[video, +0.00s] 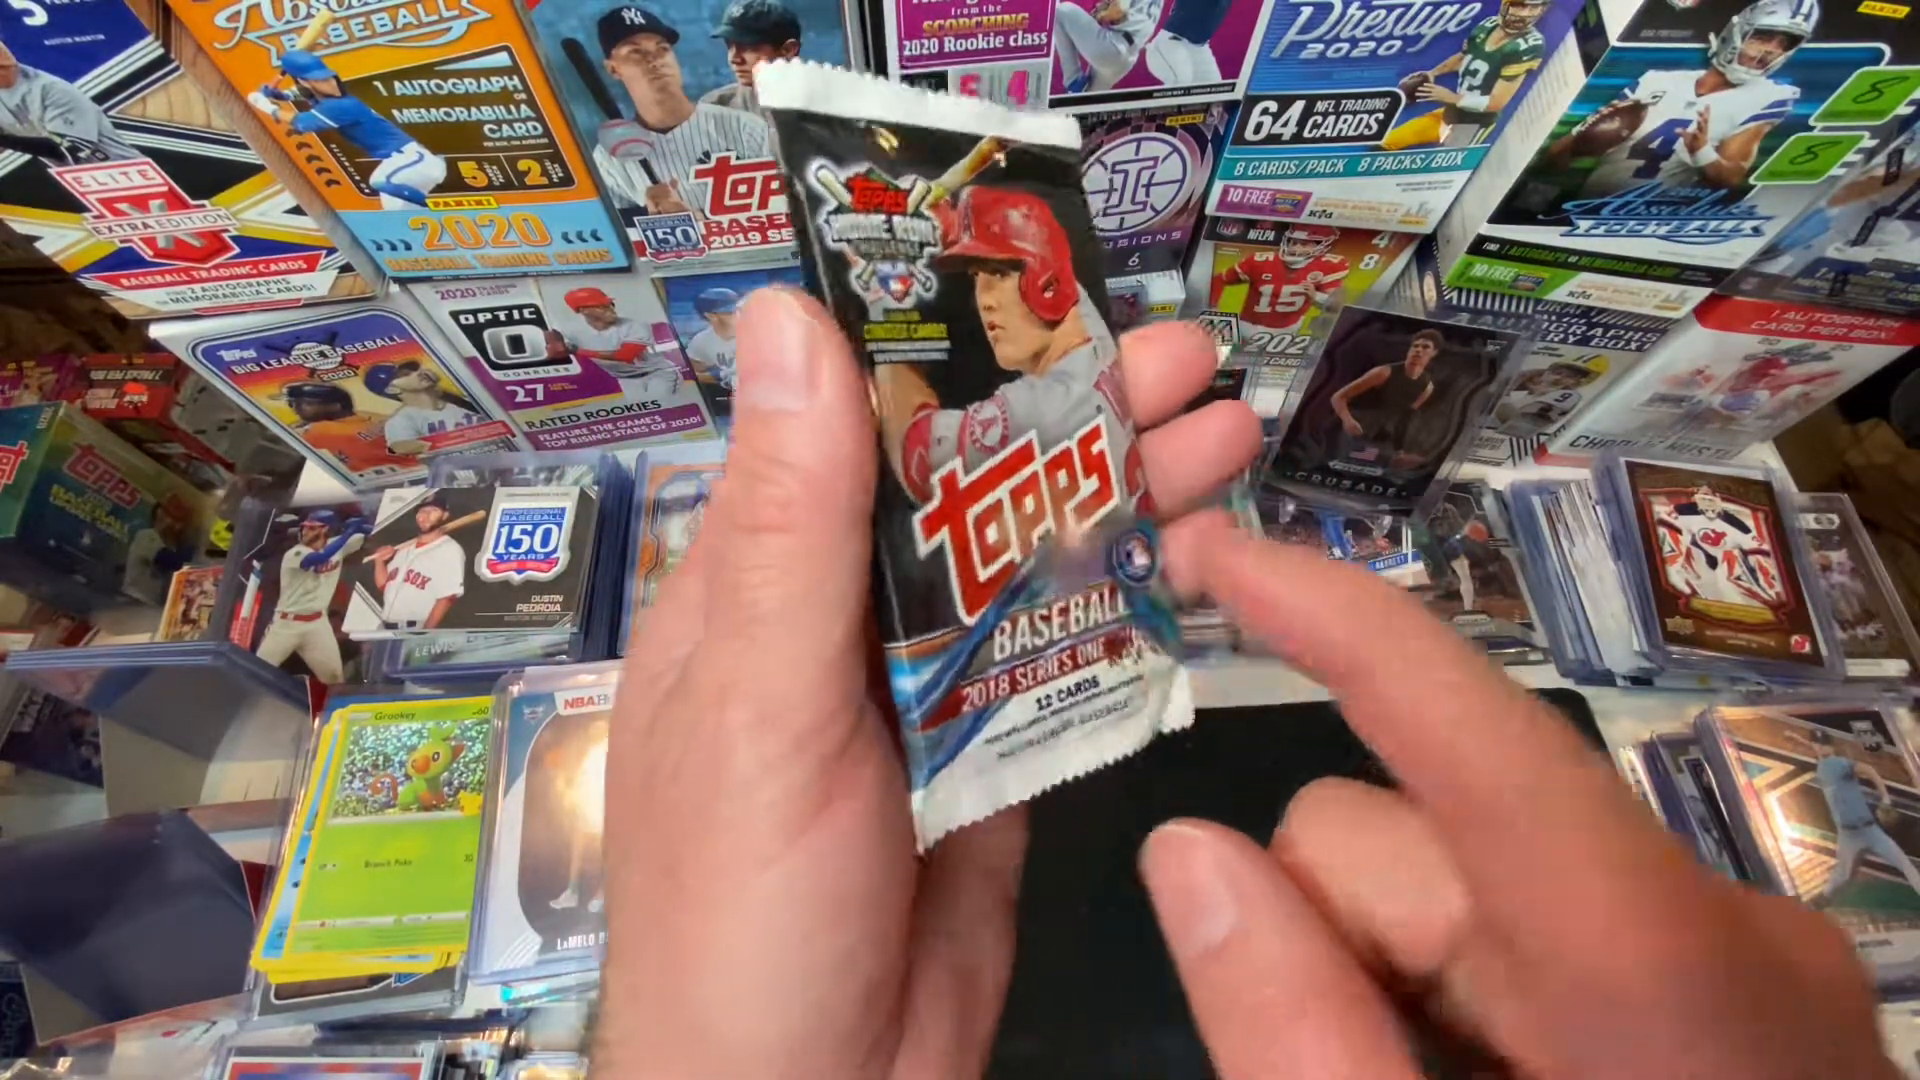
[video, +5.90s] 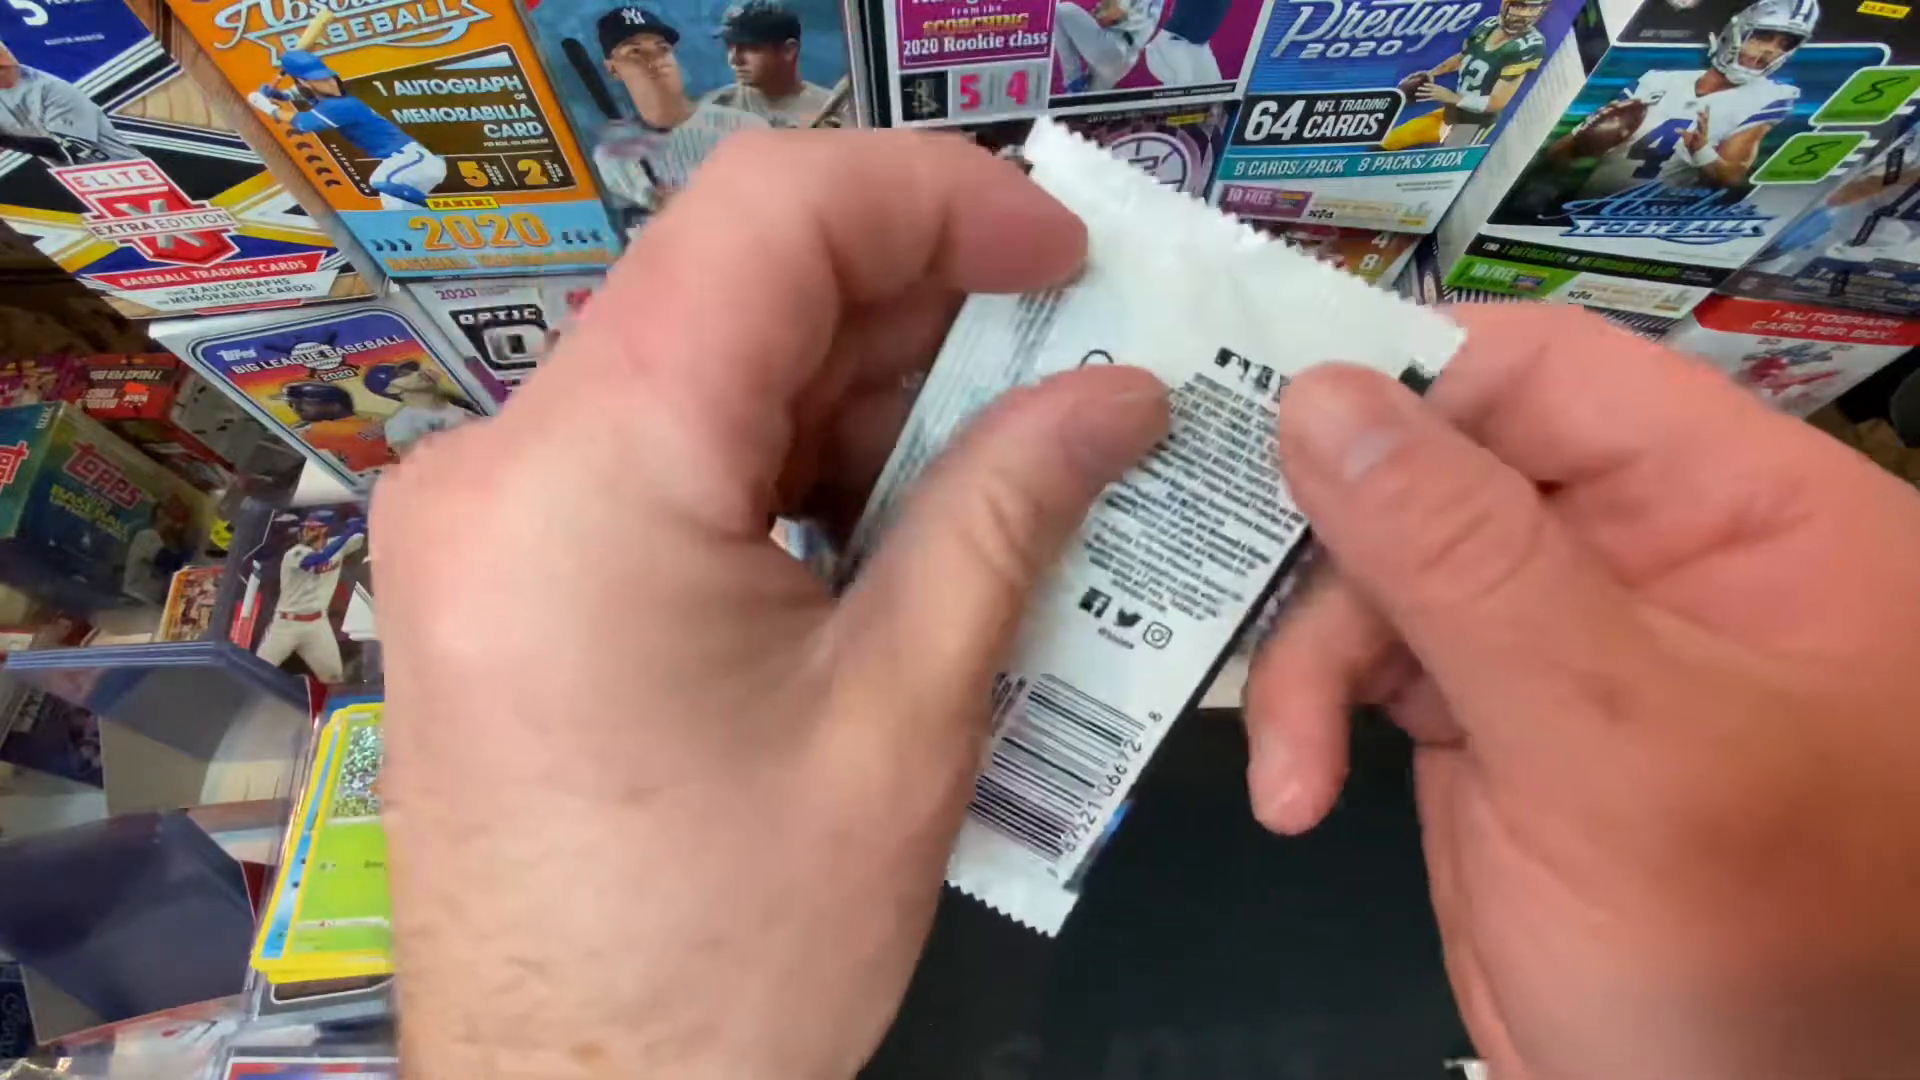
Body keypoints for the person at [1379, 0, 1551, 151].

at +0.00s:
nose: (1520, 14)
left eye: (1530, 7)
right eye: (1516, 5)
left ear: (1542, 11)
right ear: (1504, 5)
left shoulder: (1527, 47)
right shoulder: (1487, 26)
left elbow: (1496, 103)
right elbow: (1463, 58)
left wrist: (1450, 97)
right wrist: (1432, 73)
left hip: (1477, 123)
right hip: (1452, 111)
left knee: (1441, 175)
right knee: (1387, 141)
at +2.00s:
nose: (1518, 14)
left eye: (1529, 8)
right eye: (1514, 6)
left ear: (1542, 11)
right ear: (1504, 5)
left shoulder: (1527, 47)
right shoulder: (1487, 26)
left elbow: (1496, 104)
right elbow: (1463, 57)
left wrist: (1450, 98)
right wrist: (1431, 73)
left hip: (1478, 123)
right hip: (1452, 111)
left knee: (1443, 174)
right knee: (1388, 141)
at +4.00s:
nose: (1518, 13)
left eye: (1529, 7)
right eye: (1514, 4)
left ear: (1541, 10)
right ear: (1503, 3)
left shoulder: (1527, 47)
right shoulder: (1487, 26)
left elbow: (1496, 104)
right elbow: (1463, 58)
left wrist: (1450, 97)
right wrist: (1431, 73)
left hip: (1477, 124)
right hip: (1452, 111)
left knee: (1442, 175)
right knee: (1389, 141)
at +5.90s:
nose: (1520, 13)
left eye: (1529, 7)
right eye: (1515, 5)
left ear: (1542, 11)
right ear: (1503, 5)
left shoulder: (1529, 47)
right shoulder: (1488, 25)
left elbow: (1496, 104)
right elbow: (1463, 57)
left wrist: (1450, 97)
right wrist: (1431, 73)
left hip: (1479, 122)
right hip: (1453, 111)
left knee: (1444, 169)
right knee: (1390, 140)